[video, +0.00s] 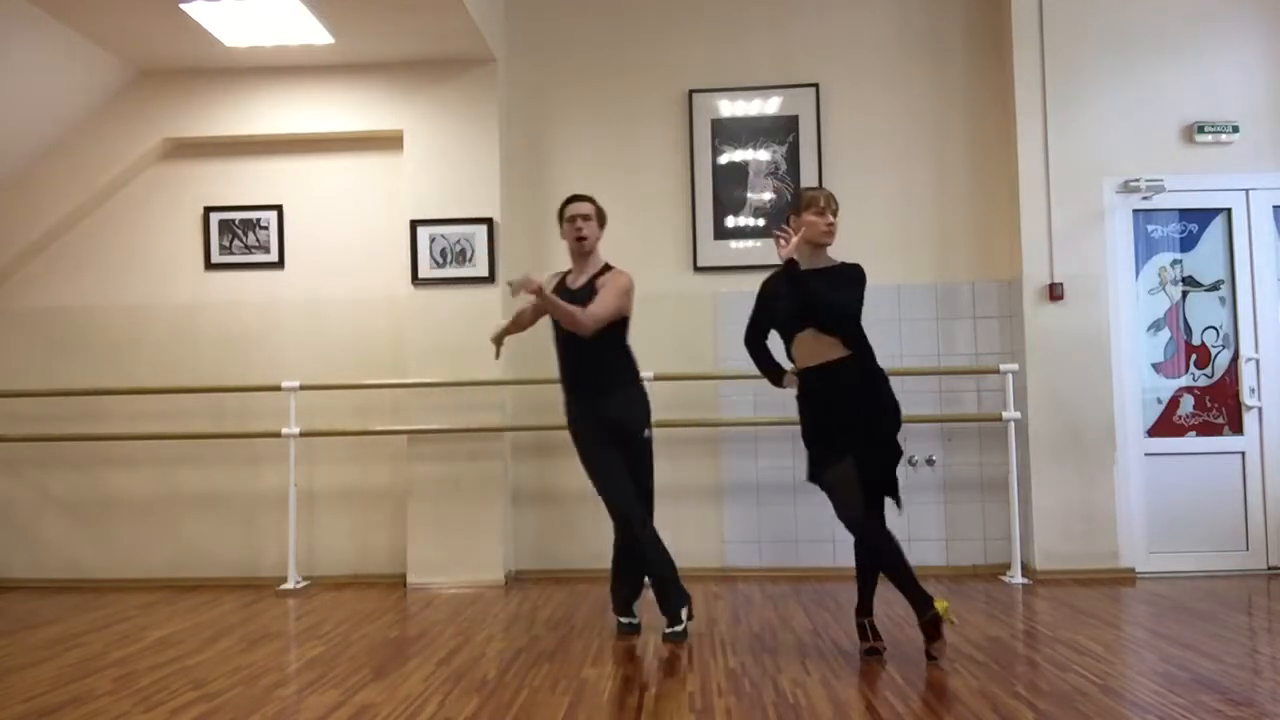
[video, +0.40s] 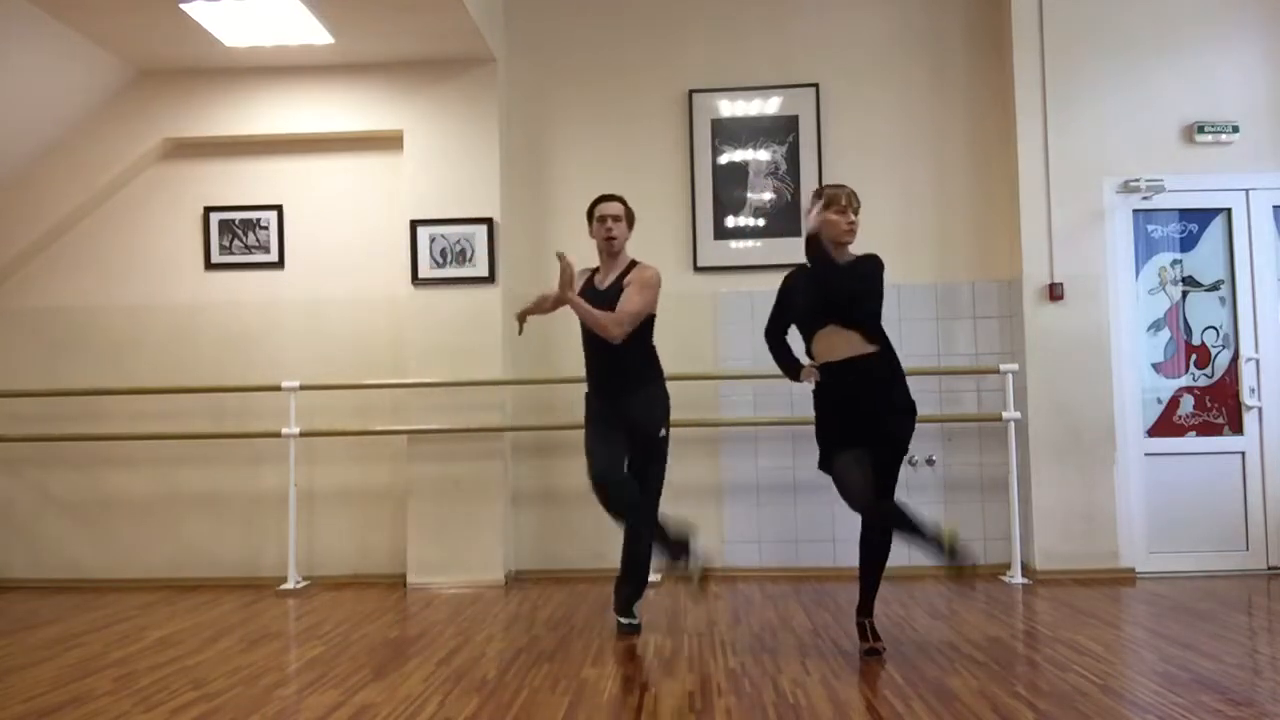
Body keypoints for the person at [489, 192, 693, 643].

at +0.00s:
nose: (579, 227)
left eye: (586, 220)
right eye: (571, 221)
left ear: (601, 229)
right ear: (561, 231)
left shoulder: (618, 281)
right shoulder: (556, 285)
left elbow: (585, 323)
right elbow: (527, 319)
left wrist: (542, 295)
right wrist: (503, 332)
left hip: (627, 407)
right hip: (584, 414)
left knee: (633, 510)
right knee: (627, 511)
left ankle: (624, 603)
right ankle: (677, 604)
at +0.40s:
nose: (609, 227)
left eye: (616, 220)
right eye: (602, 221)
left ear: (630, 228)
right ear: (591, 230)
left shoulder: (645, 277)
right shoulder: (582, 279)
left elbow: (616, 329)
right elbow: (554, 301)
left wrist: (570, 297)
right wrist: (525, 311)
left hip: (646, 403)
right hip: (602, 404)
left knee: (641, 506)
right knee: (606, 484)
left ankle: (627, 604)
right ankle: (672, 542)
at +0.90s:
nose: (601, 231)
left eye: (609, 223)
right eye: (600, 224)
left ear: (635, 228)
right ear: (605, 230)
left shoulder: (666, 270)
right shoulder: (597, 284)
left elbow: (706, 309)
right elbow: (537, 309)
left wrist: (673, 336)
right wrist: (476, 322)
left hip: (644, 398)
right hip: (599, 391)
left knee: (636, 506)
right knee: (543, 461)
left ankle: (627, 606)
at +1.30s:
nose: (609, 228)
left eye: (616, 220)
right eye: (604, 223)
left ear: (637, 226)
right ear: (600, 232)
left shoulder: (666, 272)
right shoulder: (591, 286)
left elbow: (690, 312)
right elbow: (597, 341)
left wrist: (675, 347)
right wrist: (651, 341)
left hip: (644, 402)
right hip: (598, 400)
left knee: (641, 504)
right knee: (570, 490)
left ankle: (629, 603)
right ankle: (606, 571)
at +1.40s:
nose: (616, 227)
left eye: (623, 220)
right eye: (609, 221)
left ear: (638, 227)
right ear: (600, 231)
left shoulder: (663, 273)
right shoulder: (589, 284)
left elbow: (686, 314)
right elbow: (597, 338)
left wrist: (672, 349)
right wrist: (655, 331)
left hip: (645, 398)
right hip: (600, 397)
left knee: (641, 507)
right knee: (579, 491)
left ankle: (628, 604)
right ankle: (642, 517)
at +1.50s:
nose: (617, 228)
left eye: (623, 221)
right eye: (609, 222)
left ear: (637, 228)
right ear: (599, 232)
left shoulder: (660, 275)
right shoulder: (586, 284)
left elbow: (679, 312)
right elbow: (599, 332)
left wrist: (670, 350)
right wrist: (653, 300)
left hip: (648, 400)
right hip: (602, 400)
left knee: (644, 508)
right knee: (591, 495)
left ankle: (629, 604)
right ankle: (655, 458)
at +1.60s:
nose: (616, 229)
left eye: (623, 223)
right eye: (609, 224)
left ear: (636, 230)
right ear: (598, 233)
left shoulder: (655, 275)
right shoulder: (583, 282)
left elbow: (676, 312)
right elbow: (599, 328)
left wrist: (669, 350)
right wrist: (647, 296)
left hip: (650, 399)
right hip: (606, 401)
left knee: (643, 510)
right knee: (600, 498)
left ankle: (628, 605)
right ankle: (673, 455)